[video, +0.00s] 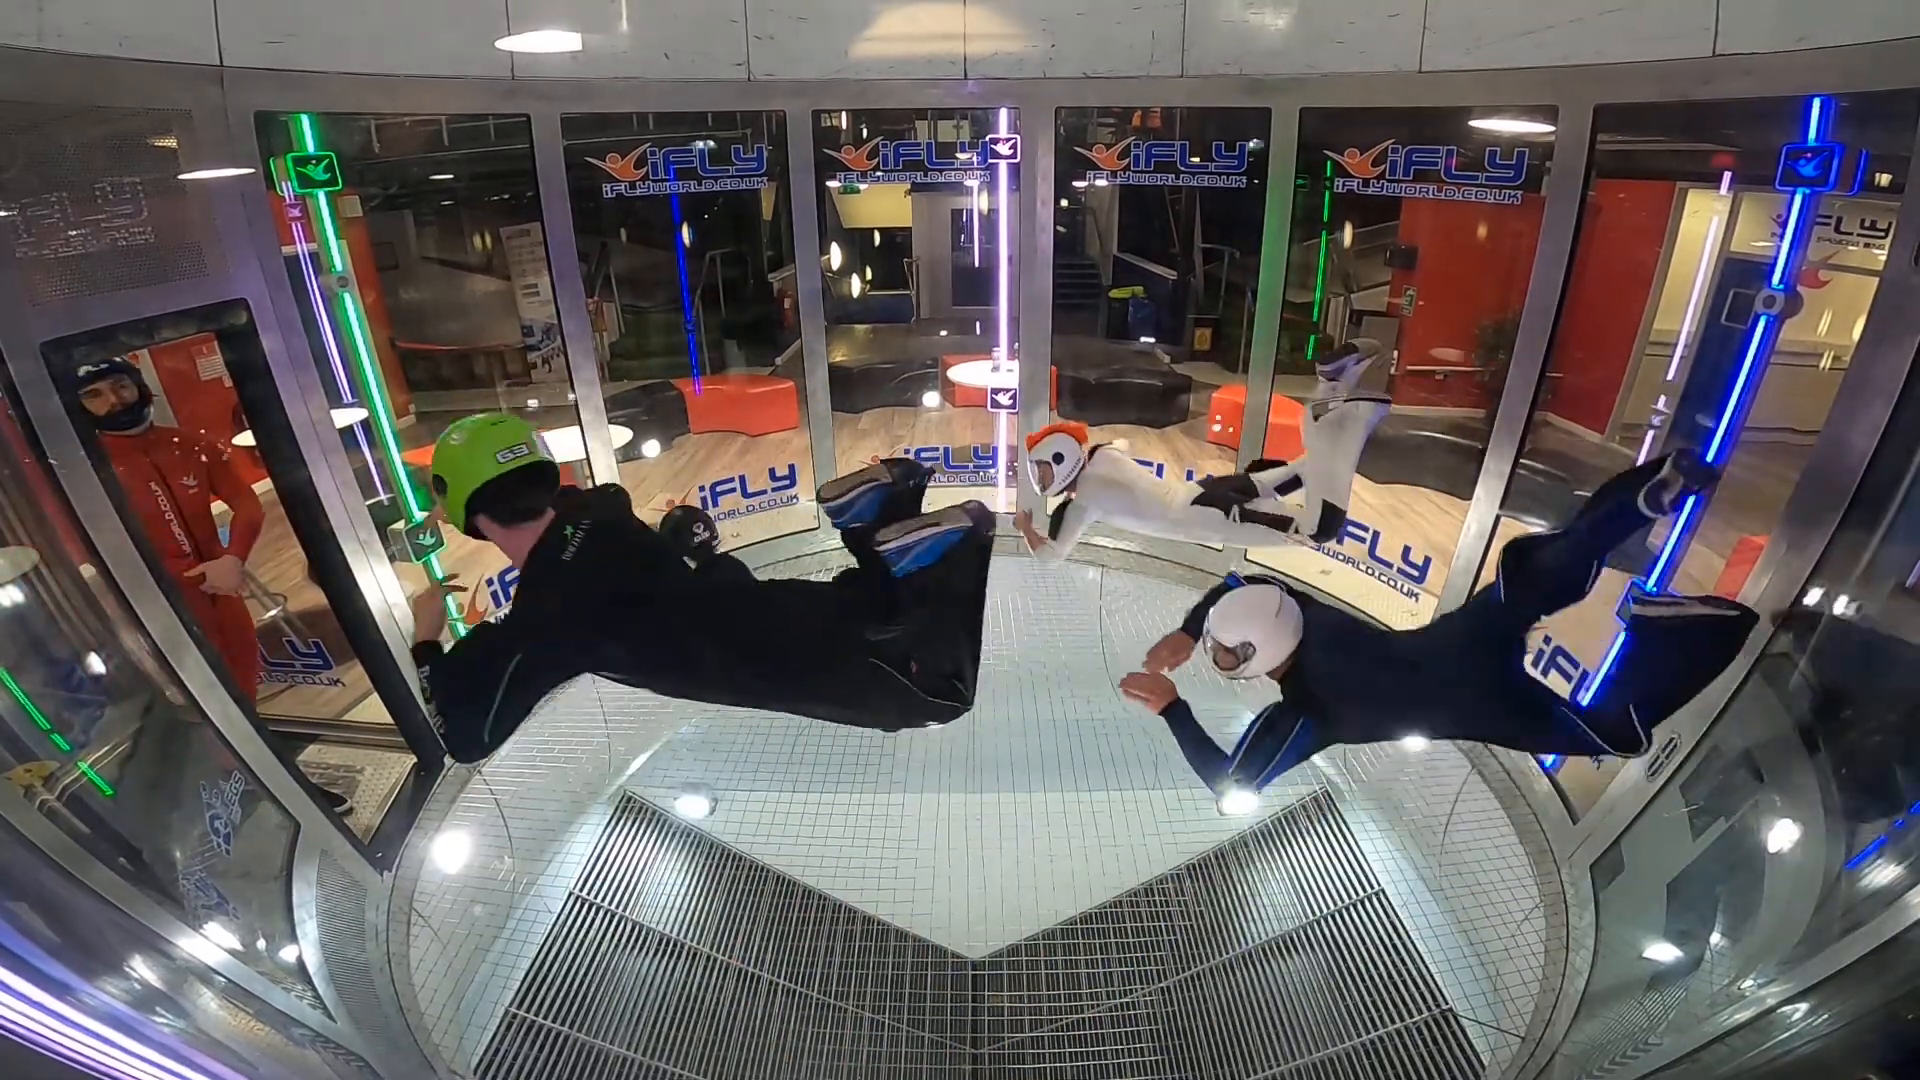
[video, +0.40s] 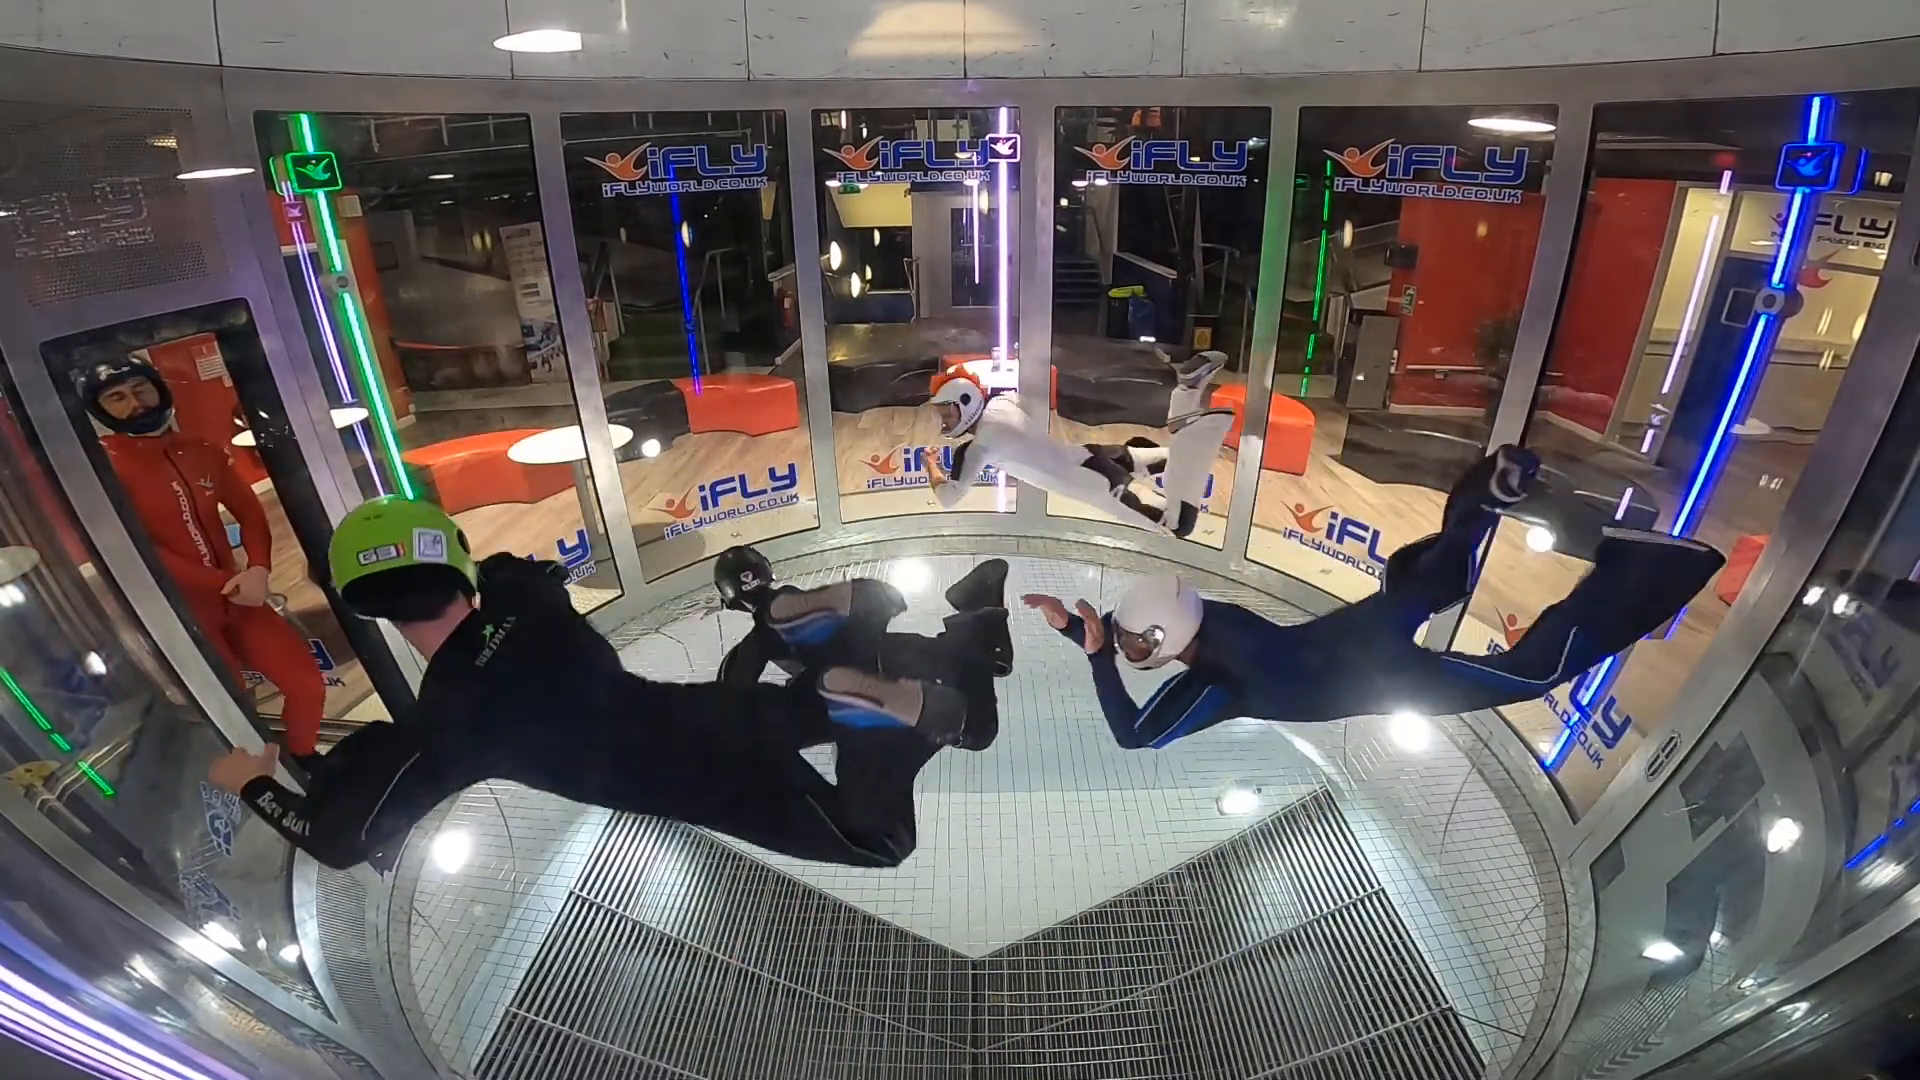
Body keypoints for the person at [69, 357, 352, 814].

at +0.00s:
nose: (112, 400)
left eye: (119, 385)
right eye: (95, 395)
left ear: (137, 387)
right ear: (80, 408)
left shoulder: (190, 444)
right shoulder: (84, 469)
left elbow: (248, 503)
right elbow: (95, 568)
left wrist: (235, 557)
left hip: (221, 604)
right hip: (166, 623)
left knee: (242, 715)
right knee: (215, 720)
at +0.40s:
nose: (135, 403)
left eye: (140, 389)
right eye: (117, 398)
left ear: (157, 389)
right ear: (100, 413)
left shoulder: (199, 450)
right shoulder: (106, 470)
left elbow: (249, 508)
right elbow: (138, 552)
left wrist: (258, 567)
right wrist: (226, 584)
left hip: (237, 600)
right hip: (186, 617)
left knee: (306, 681)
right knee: (234, 706)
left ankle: (300, 755)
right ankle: (257, 789)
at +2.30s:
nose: (116, 423)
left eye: (127, 407)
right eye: (101, 411)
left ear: (151, 405)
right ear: (86, 417)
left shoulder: (194, 454)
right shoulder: (90, 476)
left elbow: (254, 509)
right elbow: (93, 558)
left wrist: (238, 517)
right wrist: (161, 548)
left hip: (233, 606)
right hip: (182, 628)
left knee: (305, 689)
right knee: (237, 711)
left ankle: (247, 780)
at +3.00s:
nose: (117, 425)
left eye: (132, 412)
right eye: (106, 413)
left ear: (158, 412)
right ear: (92, 414)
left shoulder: (186, 455)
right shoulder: (90, 470)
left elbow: (242, 500)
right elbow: (71, 542)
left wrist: (204, 509)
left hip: (224, 607)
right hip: (172, 630)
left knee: (301, 687)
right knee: (237, 712)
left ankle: (245, 781)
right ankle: (293, 791)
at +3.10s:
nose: (116, 426)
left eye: (130, 413)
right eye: (105, 413)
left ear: (157, 413)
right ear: (92, 415)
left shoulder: (193, 456)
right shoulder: (89, 474)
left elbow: (243, 505)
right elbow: (72, 546)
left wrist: (219, 527)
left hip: (225, 607)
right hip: (169, 629)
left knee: (302, 688)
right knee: (233, 713)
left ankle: (243, 779)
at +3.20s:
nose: (116, 426)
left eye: (129, 413)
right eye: (104, 414)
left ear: (155, 412)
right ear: (90, 414)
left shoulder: (190, 455)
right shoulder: (84, 474)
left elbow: (241, 504)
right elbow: (67, 541)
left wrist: (231, 538)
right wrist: (114, 503)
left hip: (224, 605)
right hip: (168, 627)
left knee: (302, 688)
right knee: (232, 715)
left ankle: (244, 779)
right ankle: (294, 790)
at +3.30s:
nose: (121, 425)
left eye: (132, 411)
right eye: (107, 414)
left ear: (155, 409)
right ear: (91, 417)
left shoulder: (194, 456)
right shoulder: (84, 475)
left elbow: (245, 507)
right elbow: (76, 554)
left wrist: (238, 546)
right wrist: (154, 544)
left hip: (224, 604)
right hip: (169, 626)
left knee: (302, 688)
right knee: (233, 716)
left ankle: (245, 778)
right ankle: (294, 791)